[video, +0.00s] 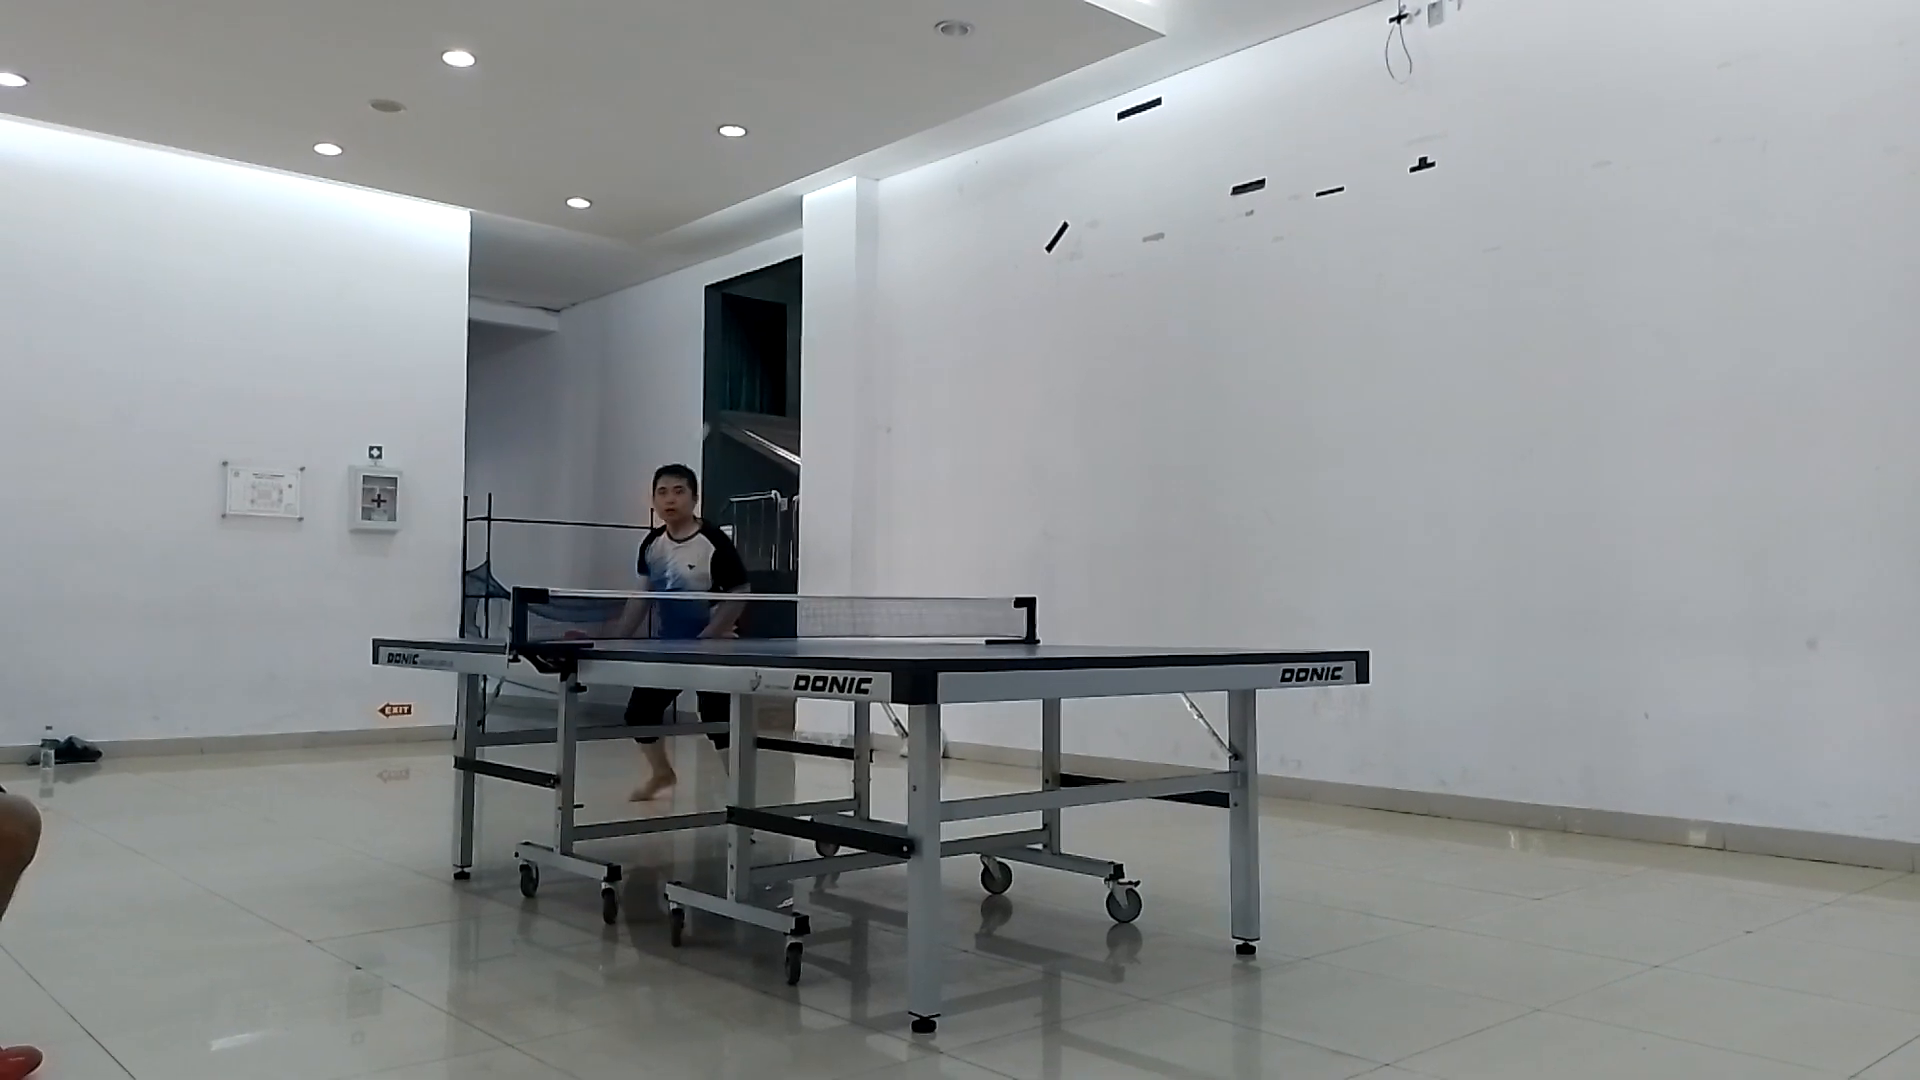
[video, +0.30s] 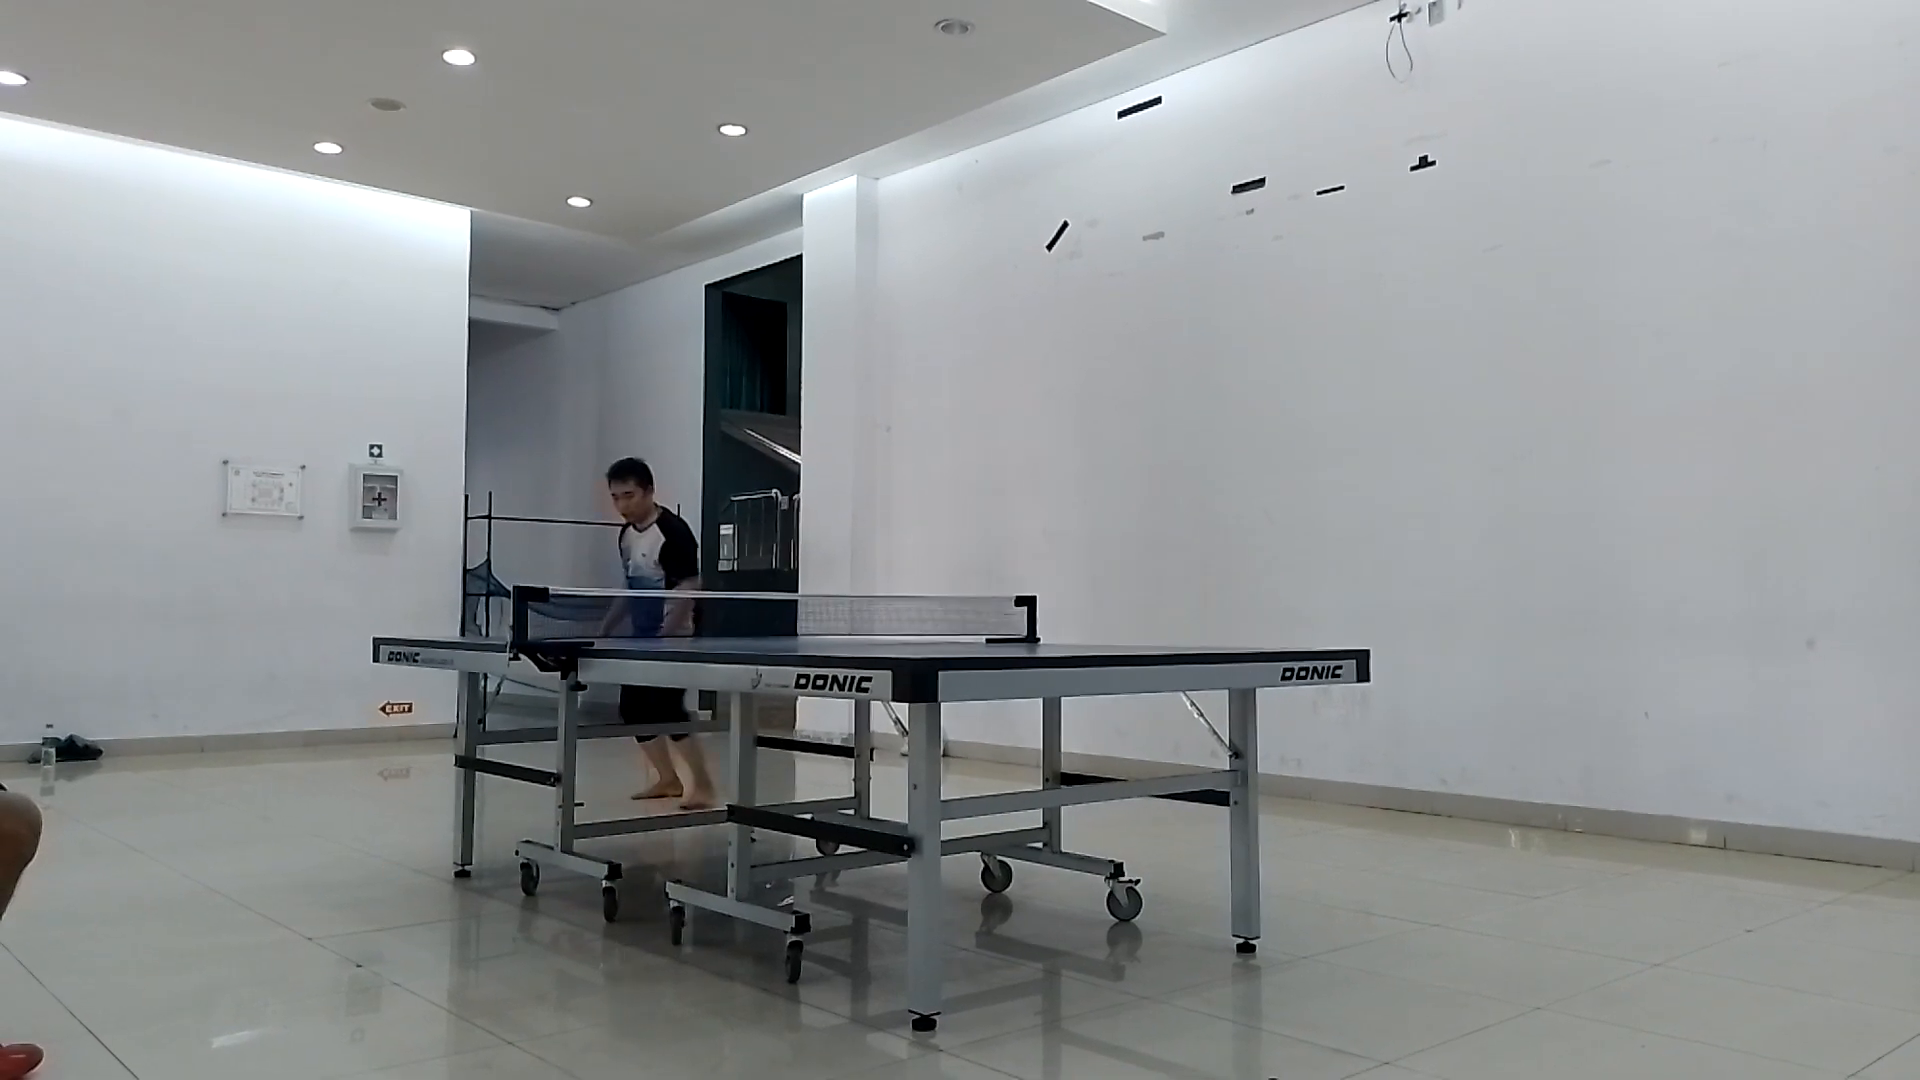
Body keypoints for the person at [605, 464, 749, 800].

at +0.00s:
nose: (670, 498)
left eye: (678, 491)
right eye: (662, 492)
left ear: (694, 498)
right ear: (654, 500)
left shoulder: (714, 540)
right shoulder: (652, 544)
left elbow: (740, 594)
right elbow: (642, 595)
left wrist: (707, 637)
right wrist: (620, 634)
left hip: (713, 648)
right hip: (668, 646)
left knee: (716, 720)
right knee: (639, 716)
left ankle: (741, 789)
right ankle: (662, 772)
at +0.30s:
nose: (621, 505)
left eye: (626, 496)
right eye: (615, 498)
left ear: (648, 492)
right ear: (613, 497)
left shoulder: (674, 531)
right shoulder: (627, 533)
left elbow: (688, 591)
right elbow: (630, 590)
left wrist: (666, 639)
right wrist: (603, 630)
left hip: (675, 635)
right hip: (642, 633)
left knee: (668, 706)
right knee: (634, 706)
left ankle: (702, 785)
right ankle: (667, 780)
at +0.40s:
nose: (607, 504)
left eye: (612, 495)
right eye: (602, 496)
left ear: (635, 489)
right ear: (601, 494)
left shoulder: (661, 527)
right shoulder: (617, 528)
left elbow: (672, 587)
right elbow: (617, 582)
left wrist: (644, 632)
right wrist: (590, 618)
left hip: (666, 627)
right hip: (638, 625)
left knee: (635, 699)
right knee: (637, 698)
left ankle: (666, 778)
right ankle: (664, 777)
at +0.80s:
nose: (554, 503)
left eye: (559, 495)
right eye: (551, 495)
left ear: (583, 491)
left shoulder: (603, 530)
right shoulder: (572, 524)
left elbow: (585, 597)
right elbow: (559, 567)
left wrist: (535, 612)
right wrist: (525, 592)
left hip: (616, 630)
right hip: (590, 623)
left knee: (578, 696)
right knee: (569, 691)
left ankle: (573, 781)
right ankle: (607, 759)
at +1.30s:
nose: (540, 476)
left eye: (548, 468)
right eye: (531, 469)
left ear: (560, 473)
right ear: (519, 474)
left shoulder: (581, 519)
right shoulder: (502, 516)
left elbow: (602, 576)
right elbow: (479, 564)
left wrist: (579, 606)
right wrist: (488, 594)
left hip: (563, 627)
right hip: (517, 625)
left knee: (559, 705)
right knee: (510, 700)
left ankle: (559, 783)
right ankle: (518, 782)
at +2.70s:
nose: (567, 516)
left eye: (575, 507)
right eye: (558, 507)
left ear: (585, 508)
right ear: (541, 507)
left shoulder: (599, 553)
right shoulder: (519, 532)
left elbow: (614, 608)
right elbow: (465, 568)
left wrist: (617, 618)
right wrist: (507, 565)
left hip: (569, 654)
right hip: (514, 650)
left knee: (602, 719)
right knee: (489, 723)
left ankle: (594, 794)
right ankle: (469, 801)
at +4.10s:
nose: (581, 492)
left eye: (588, 484)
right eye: (572, 483)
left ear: (595, 486)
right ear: (551, 484)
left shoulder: (602, 534)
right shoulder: (523, 513)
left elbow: (606, 595)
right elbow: (474, 550)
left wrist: (616, 625)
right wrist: (472, 576)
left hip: (573, 642)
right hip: (520, 638)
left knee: (600, 711)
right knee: (483, 717)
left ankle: (593, 791)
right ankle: (458, 793)